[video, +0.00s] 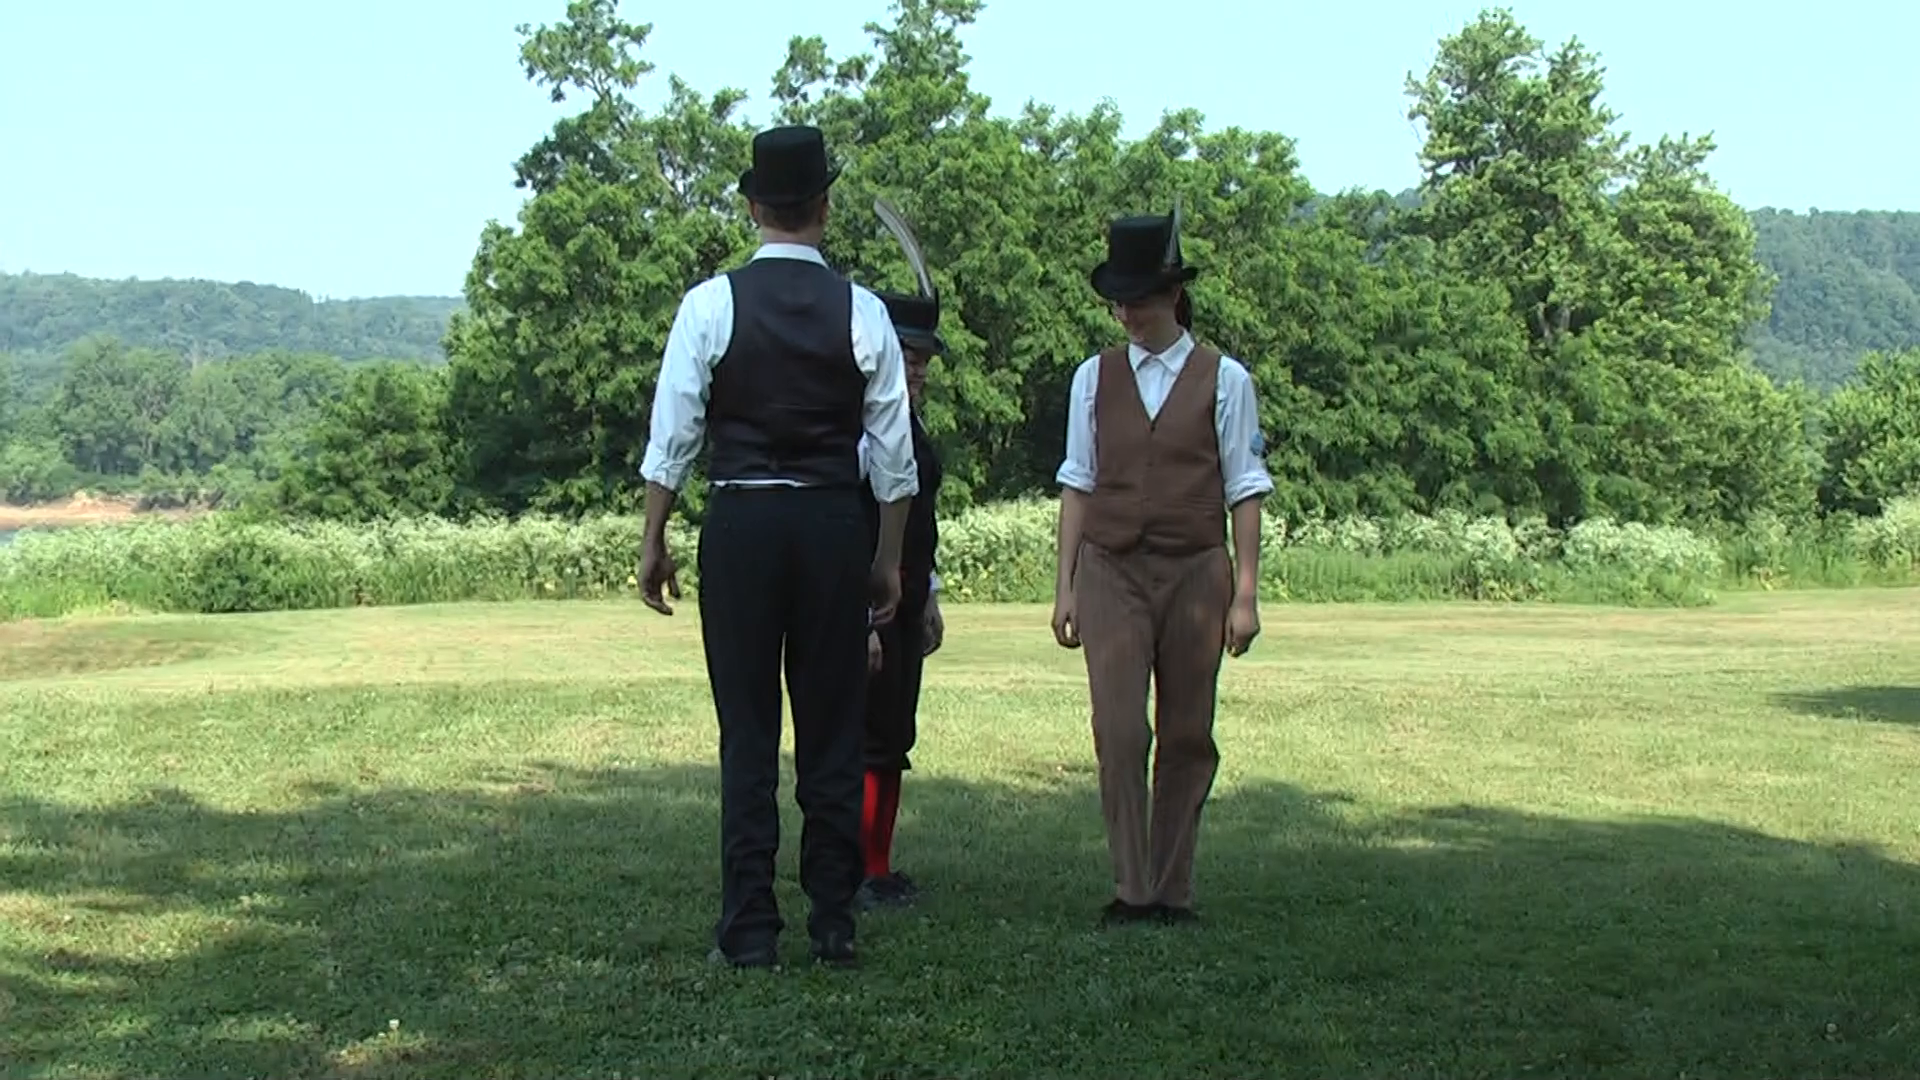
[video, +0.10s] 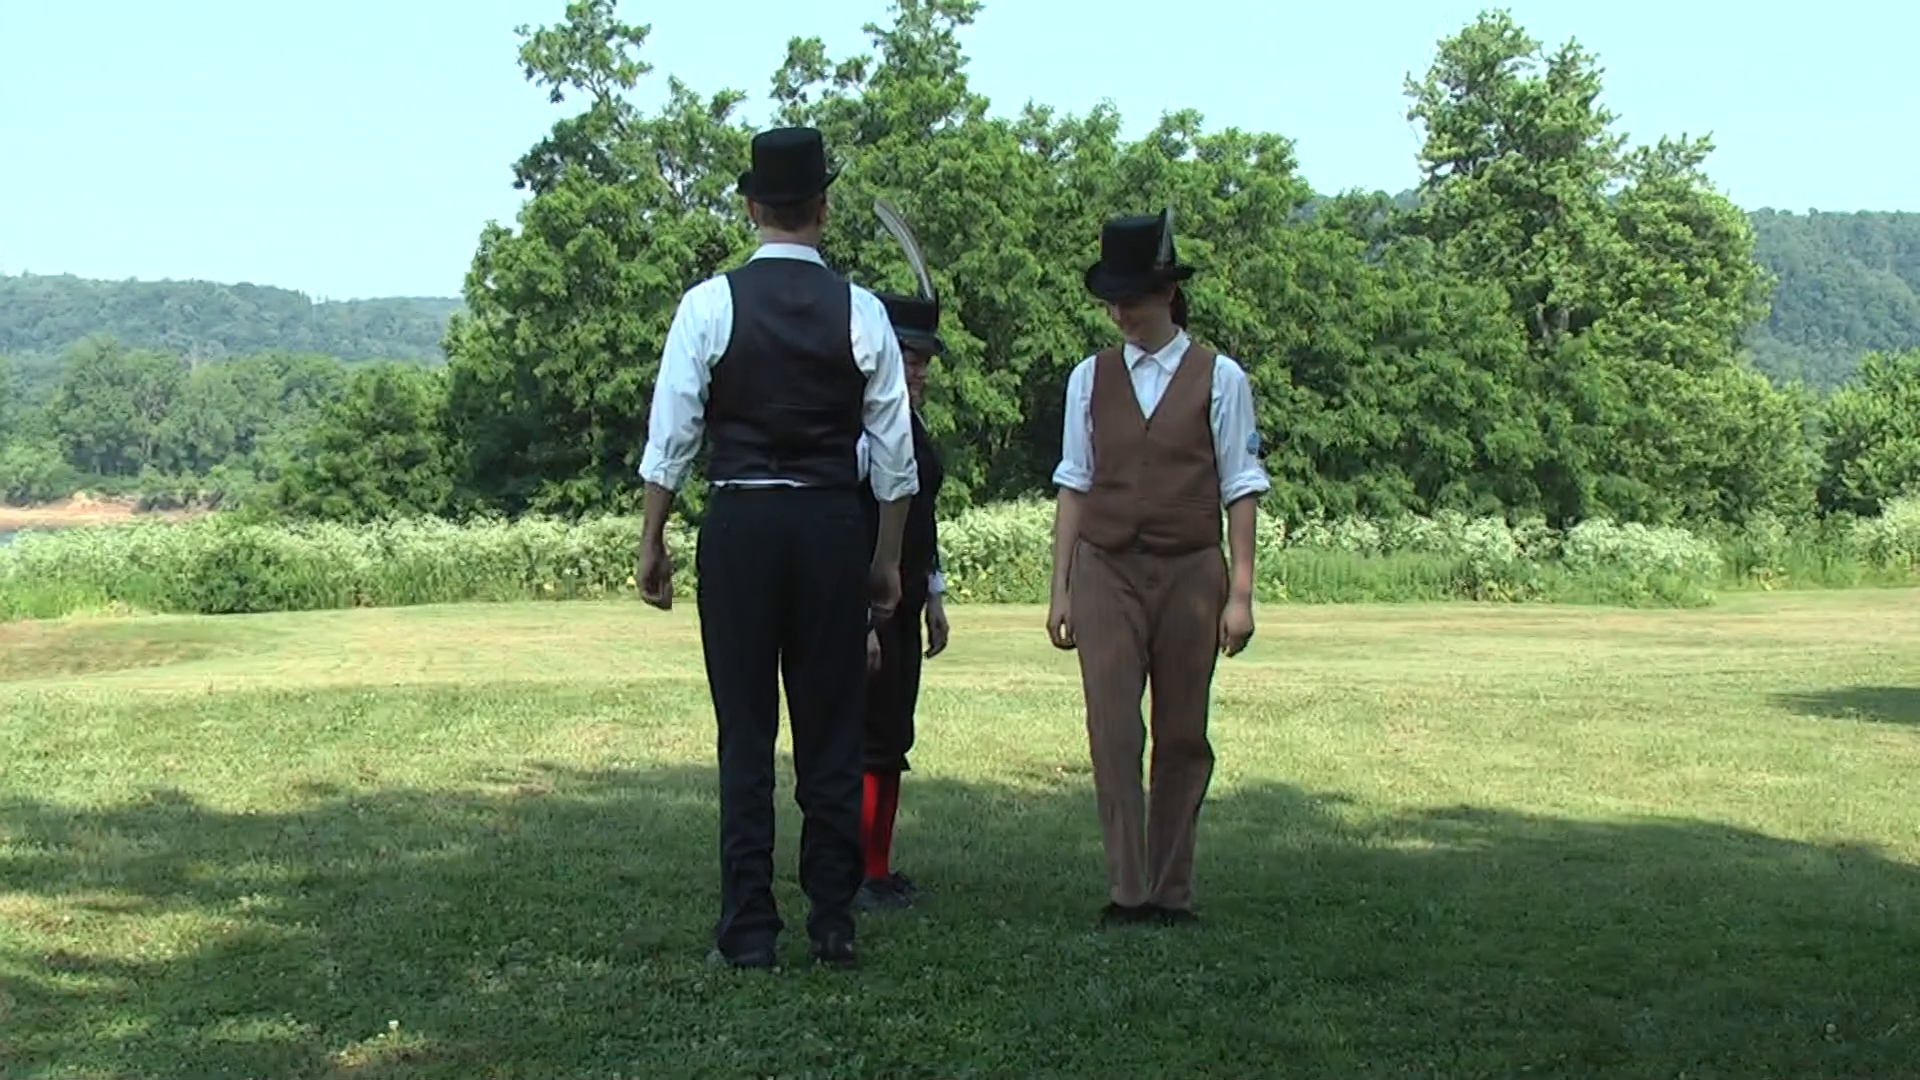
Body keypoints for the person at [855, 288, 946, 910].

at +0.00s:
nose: (915, 374)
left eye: (922, 362)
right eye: (906, 360)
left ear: (929, 366)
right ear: (877, 360)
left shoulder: (916, 440)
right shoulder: (851, 434)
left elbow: (919, 529)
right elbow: (844, 528)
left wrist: (928, 596)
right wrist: (863, 615)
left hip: (905, 608)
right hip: (861, 608)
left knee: (891, 744)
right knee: (858, 744)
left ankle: (878, 865)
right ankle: (853, 869)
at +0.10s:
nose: (917, 373)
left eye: (924, 361)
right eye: (908, 359)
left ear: (929, 366)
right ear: (878, 359)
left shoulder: (915, 437)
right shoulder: (851, 431)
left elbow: (922, 527)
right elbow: (843, 527)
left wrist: (934, 595)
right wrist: (860, 617)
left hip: (903, 606)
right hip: (859, 607)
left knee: (891, 744)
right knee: (860, 744)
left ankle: (878, 866)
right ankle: (854, 870)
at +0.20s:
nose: (919, 373)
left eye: (925, 362)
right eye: (909, 360)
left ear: (931, 365)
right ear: (879, 359)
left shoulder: (916, 435)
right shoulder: (853, 430)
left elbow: (922, 527)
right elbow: (844, 526)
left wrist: (936, 596)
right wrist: (860, 615)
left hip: (905, 602)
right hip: (862, 604)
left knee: (896, 741)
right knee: (868, 741)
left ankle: (879, 866)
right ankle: (861, 868)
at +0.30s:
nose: (918, 379)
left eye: (925, 367)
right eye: (908, 365)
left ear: (932, 370)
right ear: (878, 364)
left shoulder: (917, 440)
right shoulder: (855, 435)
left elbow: (923, 532)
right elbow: (844, 531)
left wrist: (934, 602)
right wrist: (859, 620)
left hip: (907, 609)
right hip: (865, 612)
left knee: (909, 747)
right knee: (883, 749)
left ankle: (880, 867)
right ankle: (868, 870)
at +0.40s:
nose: (919, 379)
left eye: (926, 366)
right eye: (910, 364)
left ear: (931, 370)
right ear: (878, 364)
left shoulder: (918, 440)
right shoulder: (857, 435)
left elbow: (924, 535)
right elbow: (846, 531)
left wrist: (932, 607)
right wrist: (859, 621)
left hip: (911, 612)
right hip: (870, 615)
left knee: (910, 747)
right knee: (884, 749)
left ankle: (881, 867)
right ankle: (869, 871)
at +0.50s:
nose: (917, 371)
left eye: (925, 359)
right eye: (907, 358)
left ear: (932, 366)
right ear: (878, 360)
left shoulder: (920, 435)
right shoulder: (858, 432)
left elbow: (927, 529)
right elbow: (847, 527)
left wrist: (934, 600)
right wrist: (859, 617)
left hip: (913, 607)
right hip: (869, 609)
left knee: (906, 745)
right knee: (882, 746)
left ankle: (880, 867)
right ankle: (868, 870)